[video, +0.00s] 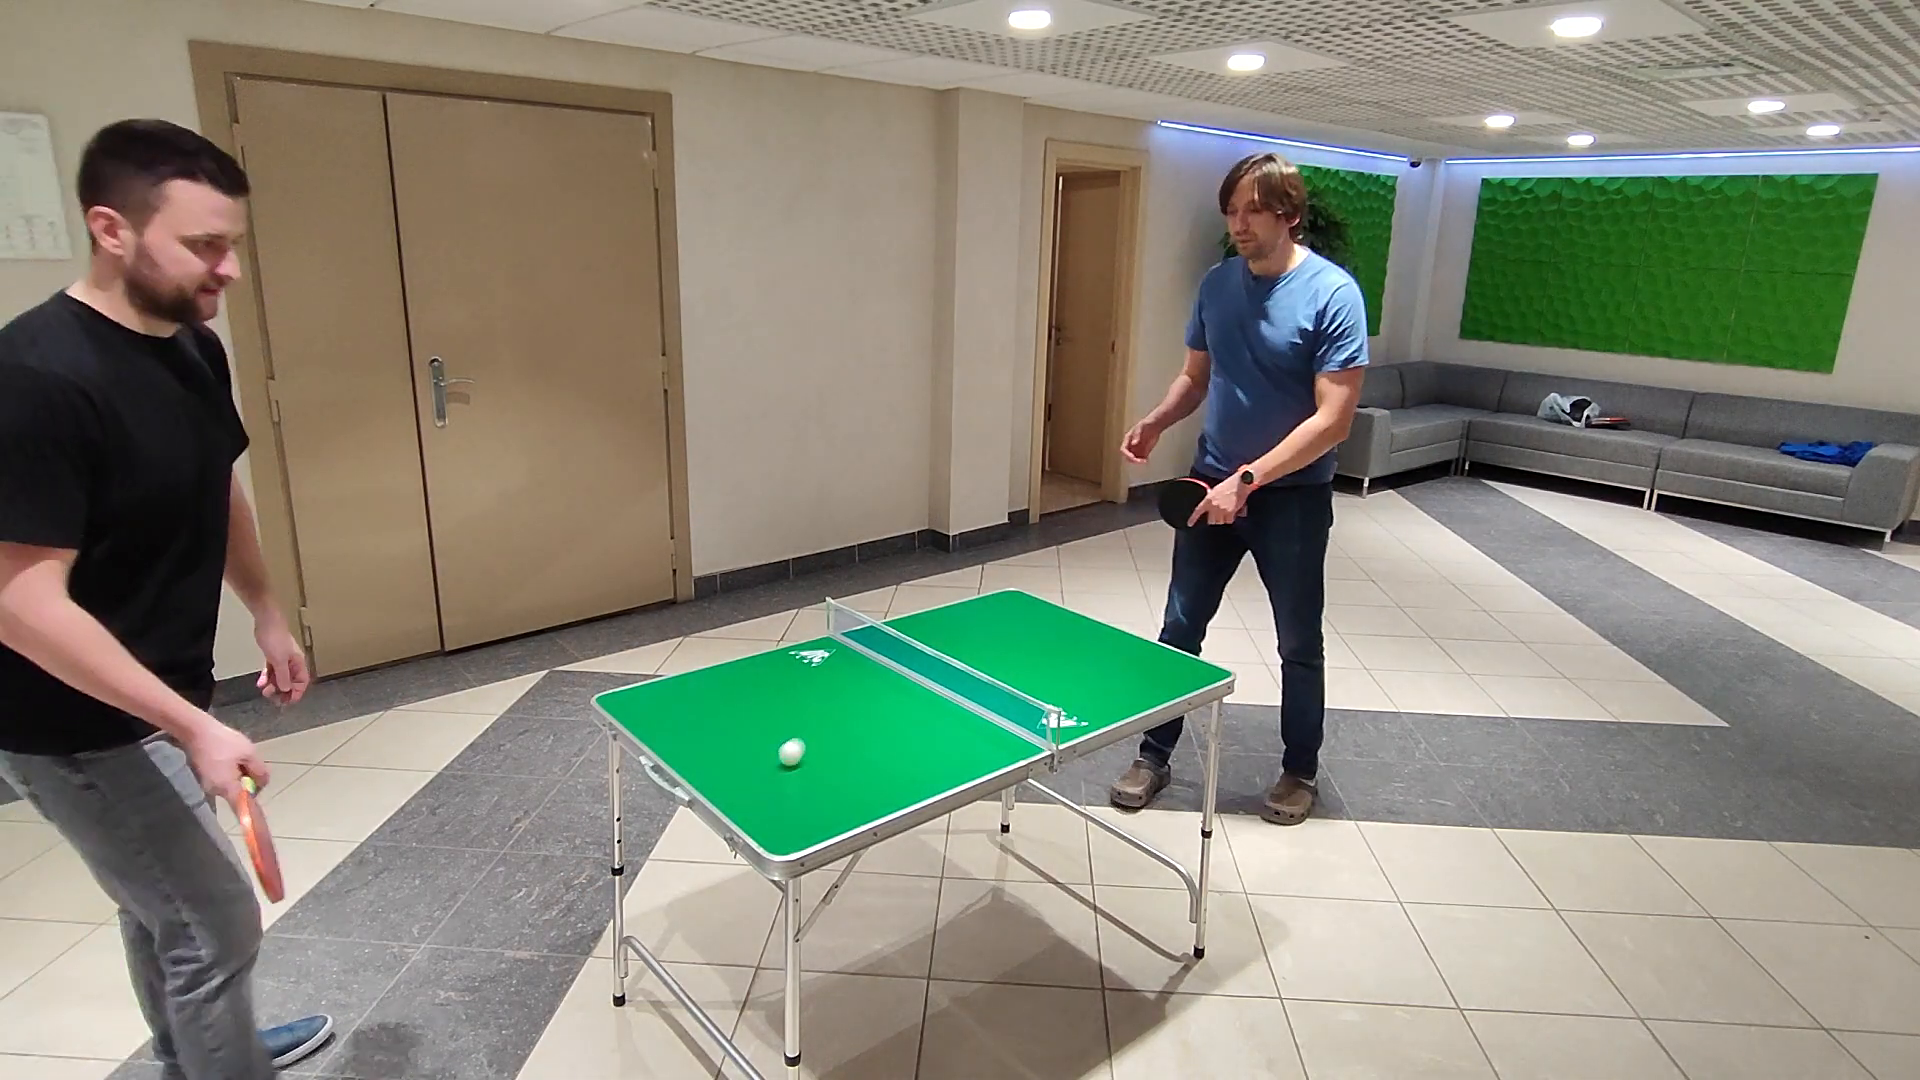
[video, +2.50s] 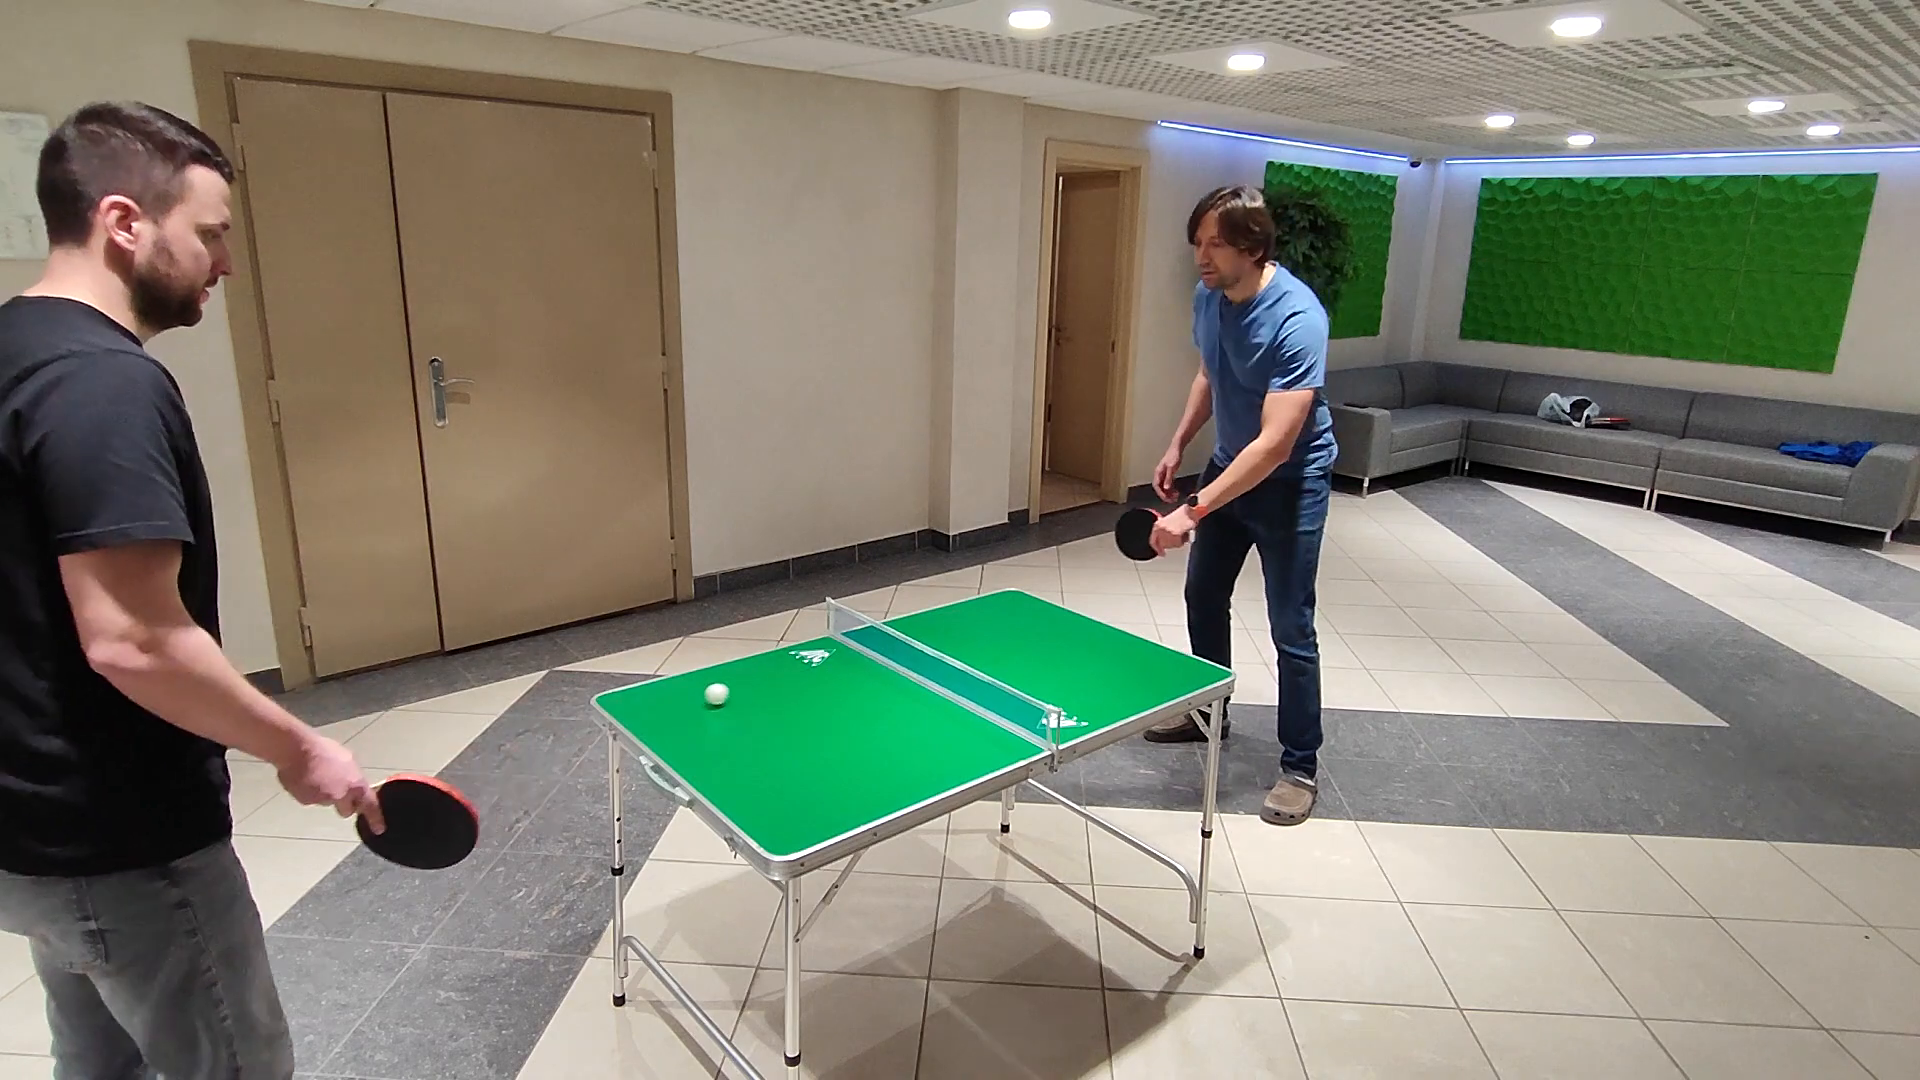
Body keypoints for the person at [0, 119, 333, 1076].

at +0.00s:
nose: (229, 270)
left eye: (234, 247)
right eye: (205, 246)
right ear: (112, 232)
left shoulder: (194, 349)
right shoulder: (40, 372)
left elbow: (218, 492)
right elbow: (25, 599)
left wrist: (268, 614)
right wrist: (190, 725)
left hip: (167, 703)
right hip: (71, 727)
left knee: (162, 907)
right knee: (214, 928)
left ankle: (200, 1046)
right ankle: (217, 1072)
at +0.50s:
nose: (374, 272)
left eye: (378, 249)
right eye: (357, 245)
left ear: (277, 233)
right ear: (276, 230)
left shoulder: (169, 329)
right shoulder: (259, 384)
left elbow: (196, 520)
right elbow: (344, 596)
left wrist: (316, 615)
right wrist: (517, 653)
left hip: (158, 699)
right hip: (241, 724)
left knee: (240, 887)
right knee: (294, 953)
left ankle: (211, 1058)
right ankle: (337, 1073)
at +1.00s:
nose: (295, 246)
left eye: (293, 222)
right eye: (278, 221)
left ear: (196, 228)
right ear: (196, 225)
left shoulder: (121, 343)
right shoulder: (171, 374)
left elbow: (230, 559)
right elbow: (151, 617)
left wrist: (327, 666)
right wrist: (352, 712)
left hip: (140, 774)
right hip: (230, 782)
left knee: (180, 999)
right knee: (321, 963)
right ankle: (343, 1073)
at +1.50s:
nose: (243, 272)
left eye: (246, 246)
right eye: (220, 238)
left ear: (118, 223)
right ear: (118, 218)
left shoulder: (96, 350)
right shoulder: (72, 384)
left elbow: (94, 608)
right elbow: (8, 643)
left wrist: (204, 766)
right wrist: (201, 788)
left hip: (114, 837)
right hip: (124, 854)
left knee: (115, 1061)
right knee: (209, 1065)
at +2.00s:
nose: (242, 262)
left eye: (243, 233)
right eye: (220, 228)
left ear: (106, 217)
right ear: (110, 214)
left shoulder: (22, 344)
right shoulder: (123, 406)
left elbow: (114, 550)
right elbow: (300, 628)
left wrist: (248, 667)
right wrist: (513, 650)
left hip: (51, 837)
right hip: (128, 863)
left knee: (151, 1059)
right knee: (171, 1070)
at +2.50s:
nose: (223, 266)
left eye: (224, 240)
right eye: (210, 234)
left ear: (117, 224)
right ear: (124, 223)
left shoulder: (18, 343)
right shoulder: (102, 374)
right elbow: (134, 639)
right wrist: (299, 748)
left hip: (39, 836)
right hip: (132, 850)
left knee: (106, 1069)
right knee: (237, 1066)